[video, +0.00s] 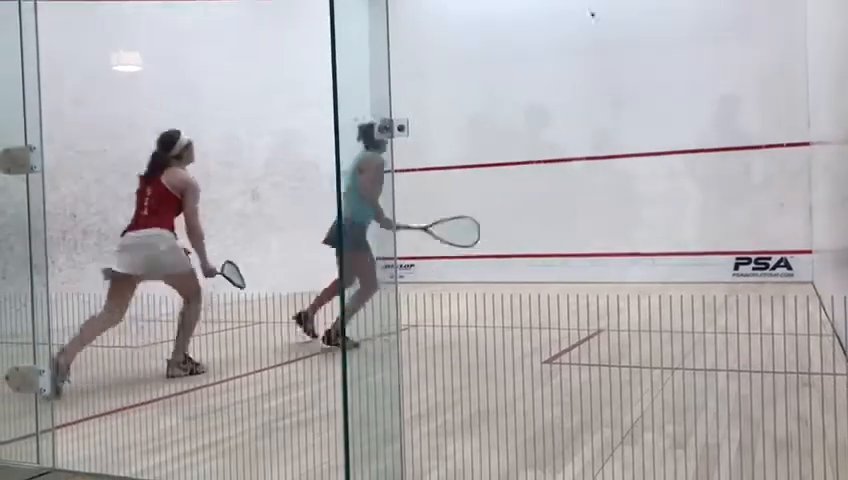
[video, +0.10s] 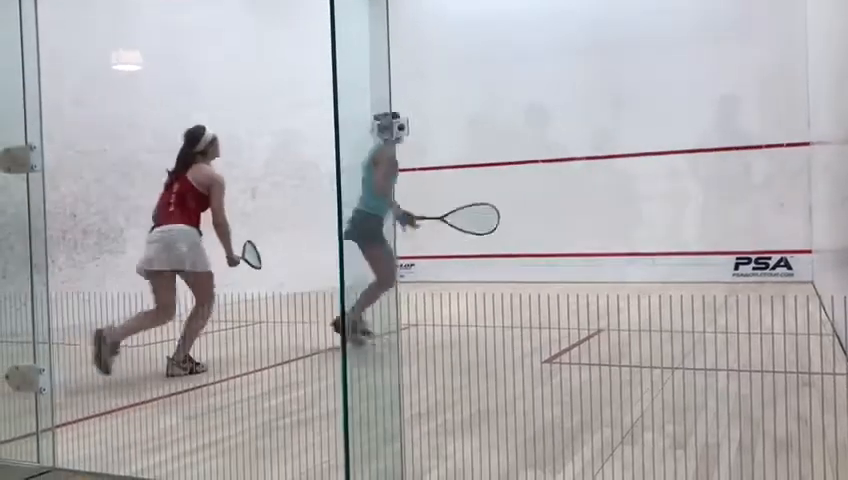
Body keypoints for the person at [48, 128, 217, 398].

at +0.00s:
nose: (193, 153)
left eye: (191, 148)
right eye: (190, 149)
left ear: (164, 153)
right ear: (182, 153)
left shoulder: (147, 178)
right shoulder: (185, 181)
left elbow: (149, 220)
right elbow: (193, 228)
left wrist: (174, 247)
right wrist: (205, 263)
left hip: (129, 247)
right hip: (160, 247)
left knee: (112, 313)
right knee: (193, 296)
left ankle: (64, 357)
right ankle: (178, 359)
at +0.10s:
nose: (218, 145)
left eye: (216, 141)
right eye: (215, 142)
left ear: (193, 150)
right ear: (208, 148)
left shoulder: (176, 175)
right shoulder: (212, 177)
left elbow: (160, 212)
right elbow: (219, 221)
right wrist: (230, 253)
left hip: (156, 239)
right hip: (184, 238)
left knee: (164, 311)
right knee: (205, 299)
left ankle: (112, 336)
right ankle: (180, 358)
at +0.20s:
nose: (237, 133)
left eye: (234, 129)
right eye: (233, 130)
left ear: (211, 137)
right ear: (224, 136)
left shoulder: (192, 162)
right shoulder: (234, 164)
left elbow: (170, 197)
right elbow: (243, 204)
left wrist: (182, 224)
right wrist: (251, 234)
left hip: (184, 229)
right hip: (210, 228)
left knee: (206, 290)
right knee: (211, 297)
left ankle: (174, 340)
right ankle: (180, 352)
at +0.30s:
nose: (253, 122)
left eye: (250, 118)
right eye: (248, 120)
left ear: (229, 130)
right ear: (240, 128)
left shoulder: (211, 153)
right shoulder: (255, 155)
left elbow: (188, 184)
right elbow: (264, 194)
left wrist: (197, 216)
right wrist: (269, 221)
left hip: (209, 222)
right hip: (235, 223)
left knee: (235, 279)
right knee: (228, 287)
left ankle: (238, 336)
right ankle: (190, 338)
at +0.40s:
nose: (270, 124)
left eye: (267, 121)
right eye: (265, 123)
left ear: (246, 134)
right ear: (257, 132)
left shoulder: (229, 158)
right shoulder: (272, 159)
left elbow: (206, 189)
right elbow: (282, 198)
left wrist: (214, 220)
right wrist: (286, 222)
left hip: (235, 226)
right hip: (260, 226)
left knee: (260, 281)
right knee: (252, 289)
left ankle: (266, 333)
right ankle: (213, 330)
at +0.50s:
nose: (287, 131)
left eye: (284, 127)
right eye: (282, 128)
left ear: (264, 138)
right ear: (274, 136)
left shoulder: (248, 164)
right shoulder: (288, 164)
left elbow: (229, 199)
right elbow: (297, 200)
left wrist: (239, 228)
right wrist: (303, 223)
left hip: (255, 228)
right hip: (279, 229)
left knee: (278, 283)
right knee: (284, 289)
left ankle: (269, 333)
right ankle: (248, 325)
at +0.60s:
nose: (302, 123)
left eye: (299, 119)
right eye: (297, 121)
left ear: (278, 130)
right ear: (289, 129)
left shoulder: (266, 155)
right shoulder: (303, 154)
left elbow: (251, 190)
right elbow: (311, 191)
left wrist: (265, 209)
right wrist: (319, 215)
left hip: (271, 220)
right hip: (295, 221)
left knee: (283, 274)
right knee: (313, 274)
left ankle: (269, 327)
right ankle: (282, 317)